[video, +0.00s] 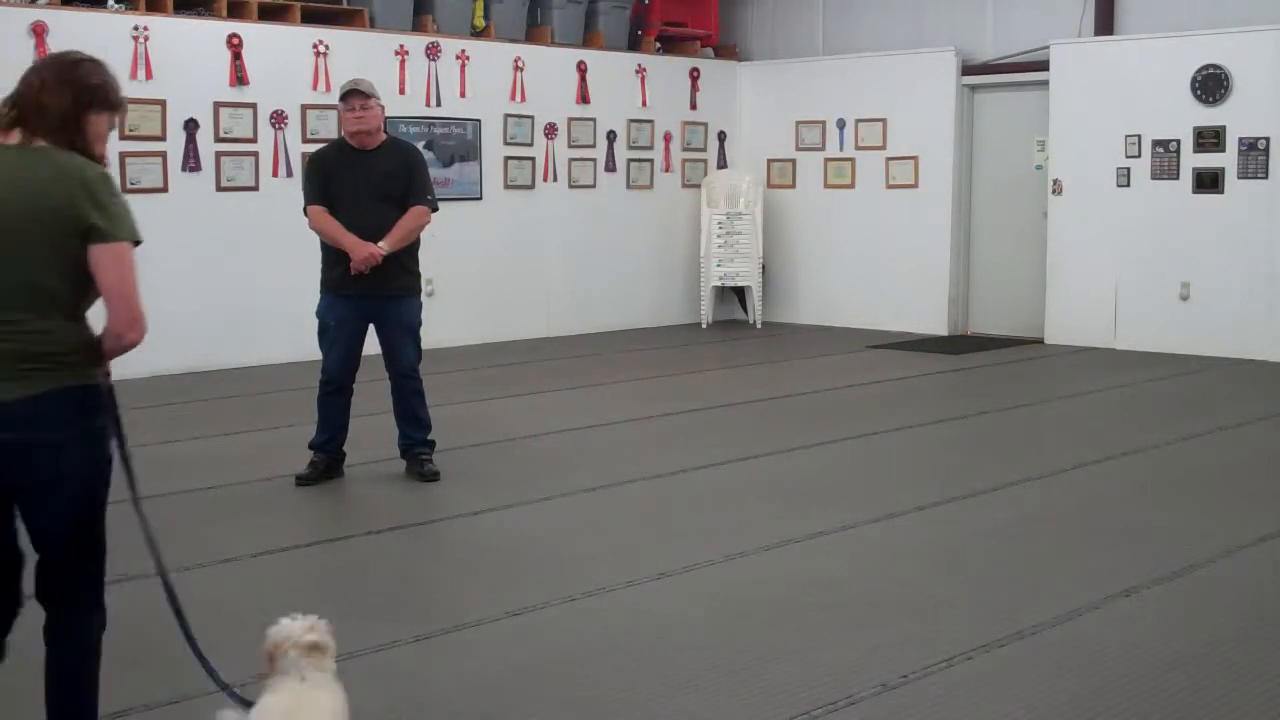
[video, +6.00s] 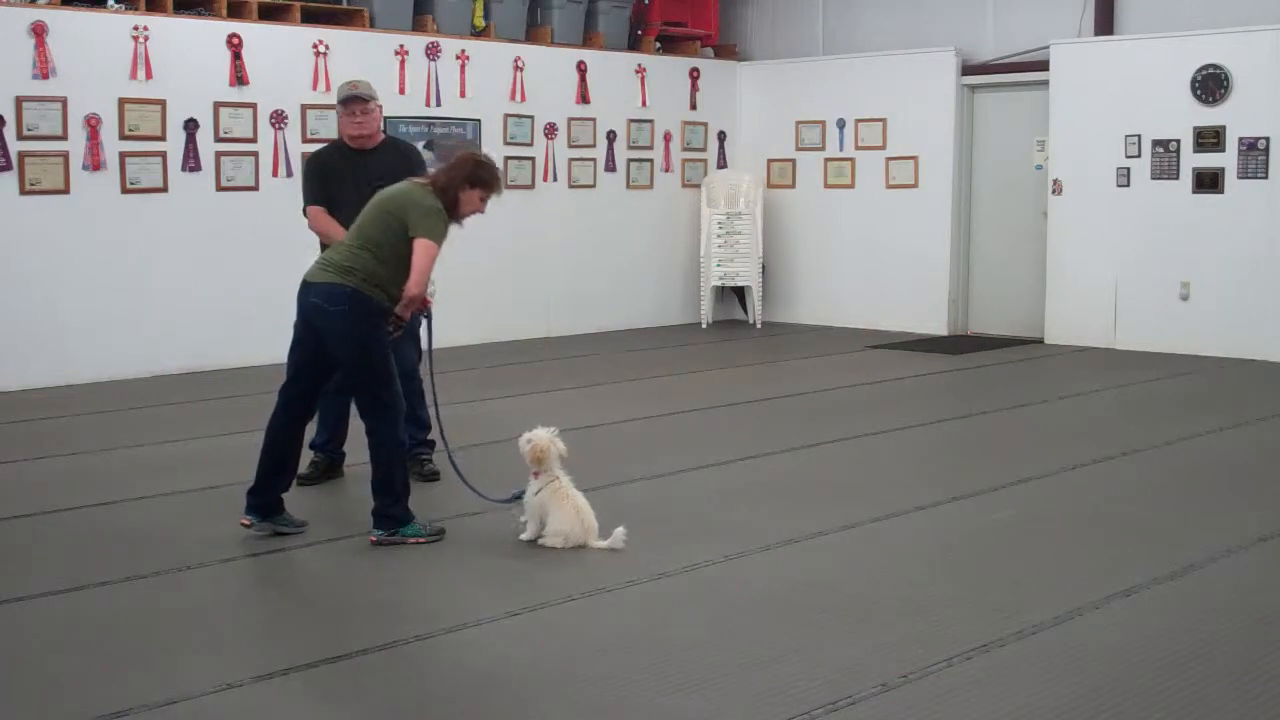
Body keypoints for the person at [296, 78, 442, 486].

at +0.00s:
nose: (358, 113)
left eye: (365, 106)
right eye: (350, 108)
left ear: (381, 112)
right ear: (340, 117)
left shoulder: (407, 155)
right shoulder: (321, 161)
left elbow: (421, 213)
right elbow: (316, 215)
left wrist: (378, 250)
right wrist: (355, 246)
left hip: (398, 288)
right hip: (342, 289)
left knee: (406, 373)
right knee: (335, 375)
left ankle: (419, 452)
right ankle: (327, 455)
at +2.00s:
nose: (357, 117)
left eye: (364, 109)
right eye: (349, 111)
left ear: (380, 113)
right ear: (338, 118)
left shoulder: (406, 155)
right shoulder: (322, 161)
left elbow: (421, 213)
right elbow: (316, 216)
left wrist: (378, 250)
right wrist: (354, 247)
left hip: (397, 288)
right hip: (342, 289)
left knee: (406, 372)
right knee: (334, 374)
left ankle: (419, 450)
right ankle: (326, 454)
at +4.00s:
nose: (360, 116)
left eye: (366, 109)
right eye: (352, 111)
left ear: (380, 111)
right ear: (341, 116)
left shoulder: (405, 154)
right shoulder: (328, 159)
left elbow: (420, 211)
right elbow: (314, 218)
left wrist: (376, 250)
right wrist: (348, 243)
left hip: (396, 285)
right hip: (341, 286)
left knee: (406, 371)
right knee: (336, 378)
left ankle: (418, 450)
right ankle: (329, 456)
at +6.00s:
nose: (358, 120)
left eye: (365, 112)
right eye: (350, 114)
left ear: (379, 114)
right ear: (338, 118)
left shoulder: (406, 156)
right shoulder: (321, 162)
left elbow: (424, 223)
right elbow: (317, 220)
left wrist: (417, 283)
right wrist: (362, 255)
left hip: (395, 279)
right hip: (340, 280)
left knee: (406, 367)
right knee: (331, 372)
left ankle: (418, 449)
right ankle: (327, 452)